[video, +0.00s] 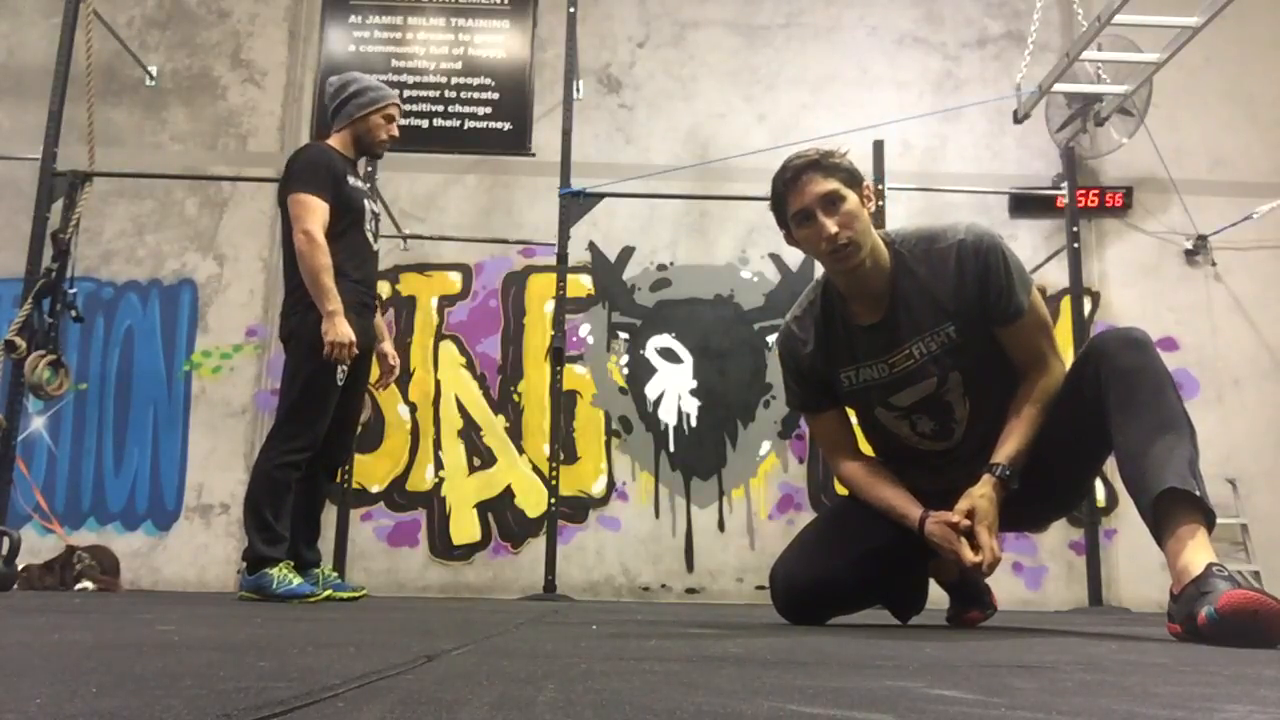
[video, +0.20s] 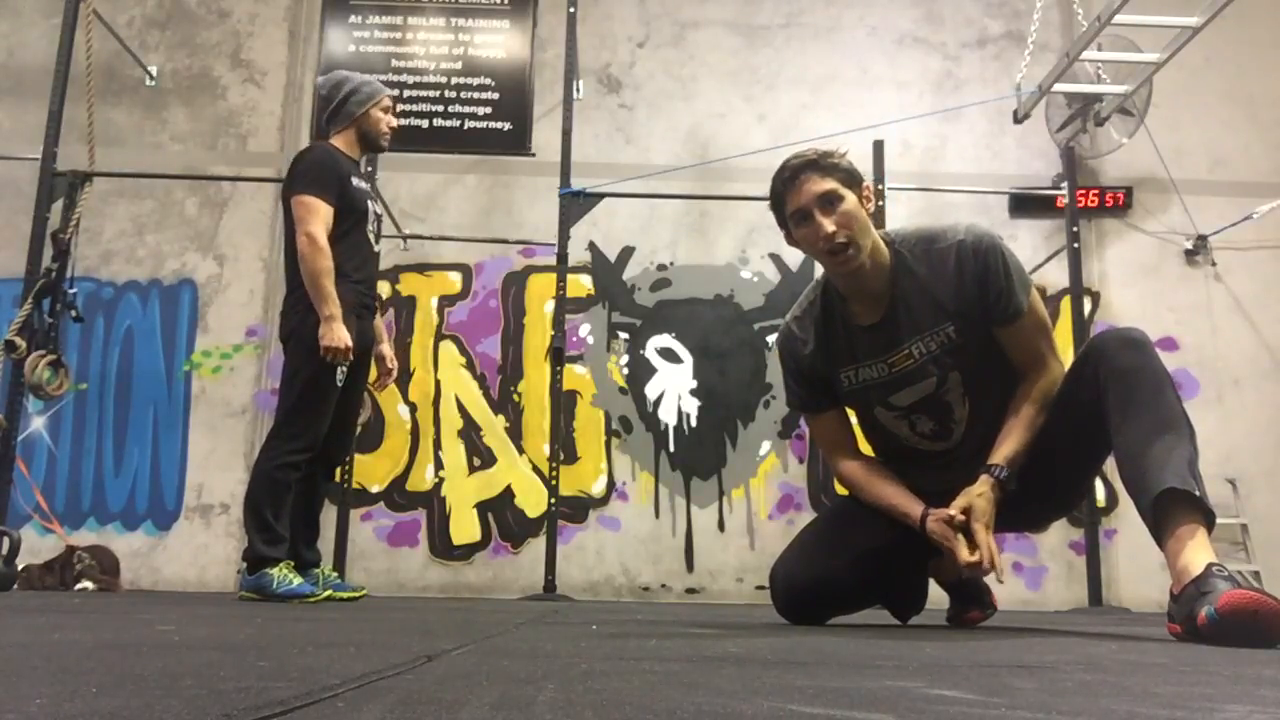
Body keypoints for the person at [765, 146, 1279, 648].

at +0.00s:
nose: (826, 227)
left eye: (833, 203)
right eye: (805, 222)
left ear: (868, 198)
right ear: (796, 243)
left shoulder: (971, 257)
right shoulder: (804, 338)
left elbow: (1045, 372)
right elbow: (843, 456)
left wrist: (993, 483)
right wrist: (921, 521)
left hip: (1020, 471)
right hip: (914, 498)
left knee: (1123, 348)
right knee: (796, 590)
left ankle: (1195, 576)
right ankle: (941, 562)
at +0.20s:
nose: (823, 227)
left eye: (830, 203)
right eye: (802, 222)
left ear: (867, 198)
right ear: (795, 244)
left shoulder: (971, 258)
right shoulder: (805, 337)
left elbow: (1044, 374)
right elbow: (842, 456)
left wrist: (989, 481)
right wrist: (922, 519)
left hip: (1020, 471)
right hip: (914, 497)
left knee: (1122, 348)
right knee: (796, 590)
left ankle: (1195, 577)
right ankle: (939, 560)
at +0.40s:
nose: (823, 226)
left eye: (830, 202)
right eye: (802, 222)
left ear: (867, 197)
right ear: (796, 243)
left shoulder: (970, 260)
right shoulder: (805, 336)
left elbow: (1040, 378)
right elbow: (841, 454)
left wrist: (986, 483)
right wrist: (917, 518)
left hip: (1018, 472)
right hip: (912, 496)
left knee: (1119, 348)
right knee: (796, 590)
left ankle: (1195, 578)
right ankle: (939, 560)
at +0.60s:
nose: (824, 224)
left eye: (831, 200)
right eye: (803, 220)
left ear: (866, 197)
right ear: (796, 243)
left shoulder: (970, 260)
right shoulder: (805, 338)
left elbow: (1040, 378)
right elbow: (841, 456)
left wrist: (993, 484)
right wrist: (917, 519)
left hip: (1018, 472)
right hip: (912, 498)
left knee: (1120, 348)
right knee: (796, 591)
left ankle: (1195, 577)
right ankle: (937, 559)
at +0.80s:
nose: (822, 222)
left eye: (828, 200)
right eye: (801, 220)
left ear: (864, 196)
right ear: (794, 244)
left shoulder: (971, 260)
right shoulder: (804, 340)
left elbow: (1040, 379)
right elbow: (842, 456)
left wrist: (992, 485)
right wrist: (915, 517)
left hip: (1018, 472)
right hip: (913, 497)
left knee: (1121, 348)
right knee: (796, 590)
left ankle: (1195, 578)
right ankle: (938, 560)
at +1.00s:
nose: (822, 223)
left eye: (828, 200)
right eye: (800, 221)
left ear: (863, 195)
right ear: (793, 245)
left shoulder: (970, 259)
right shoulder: (804, 340)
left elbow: (1040, 379)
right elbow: (841, 456)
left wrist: (992, 485)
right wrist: (916, 516)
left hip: (1018, 472)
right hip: (913, 497)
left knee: (1120, 349)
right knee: (796, 590)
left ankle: (1195, 578)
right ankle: (940, 560)